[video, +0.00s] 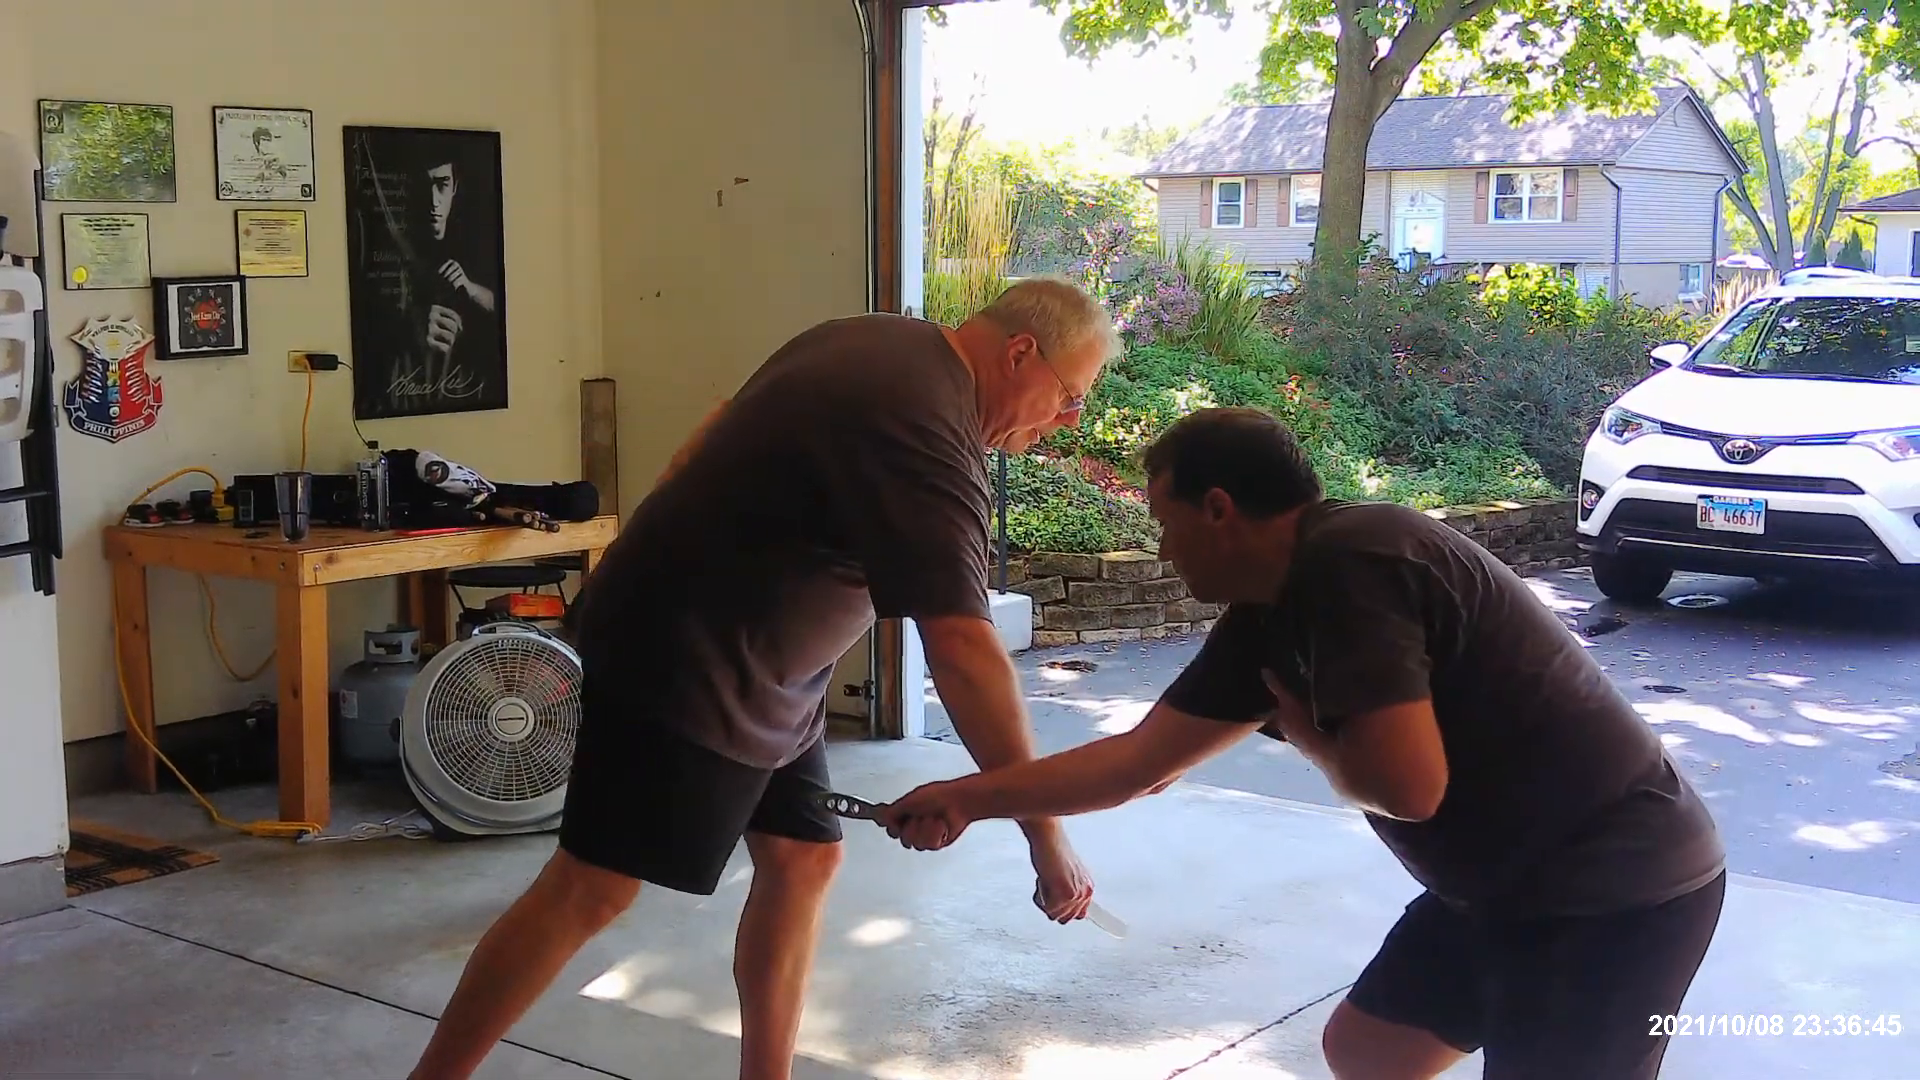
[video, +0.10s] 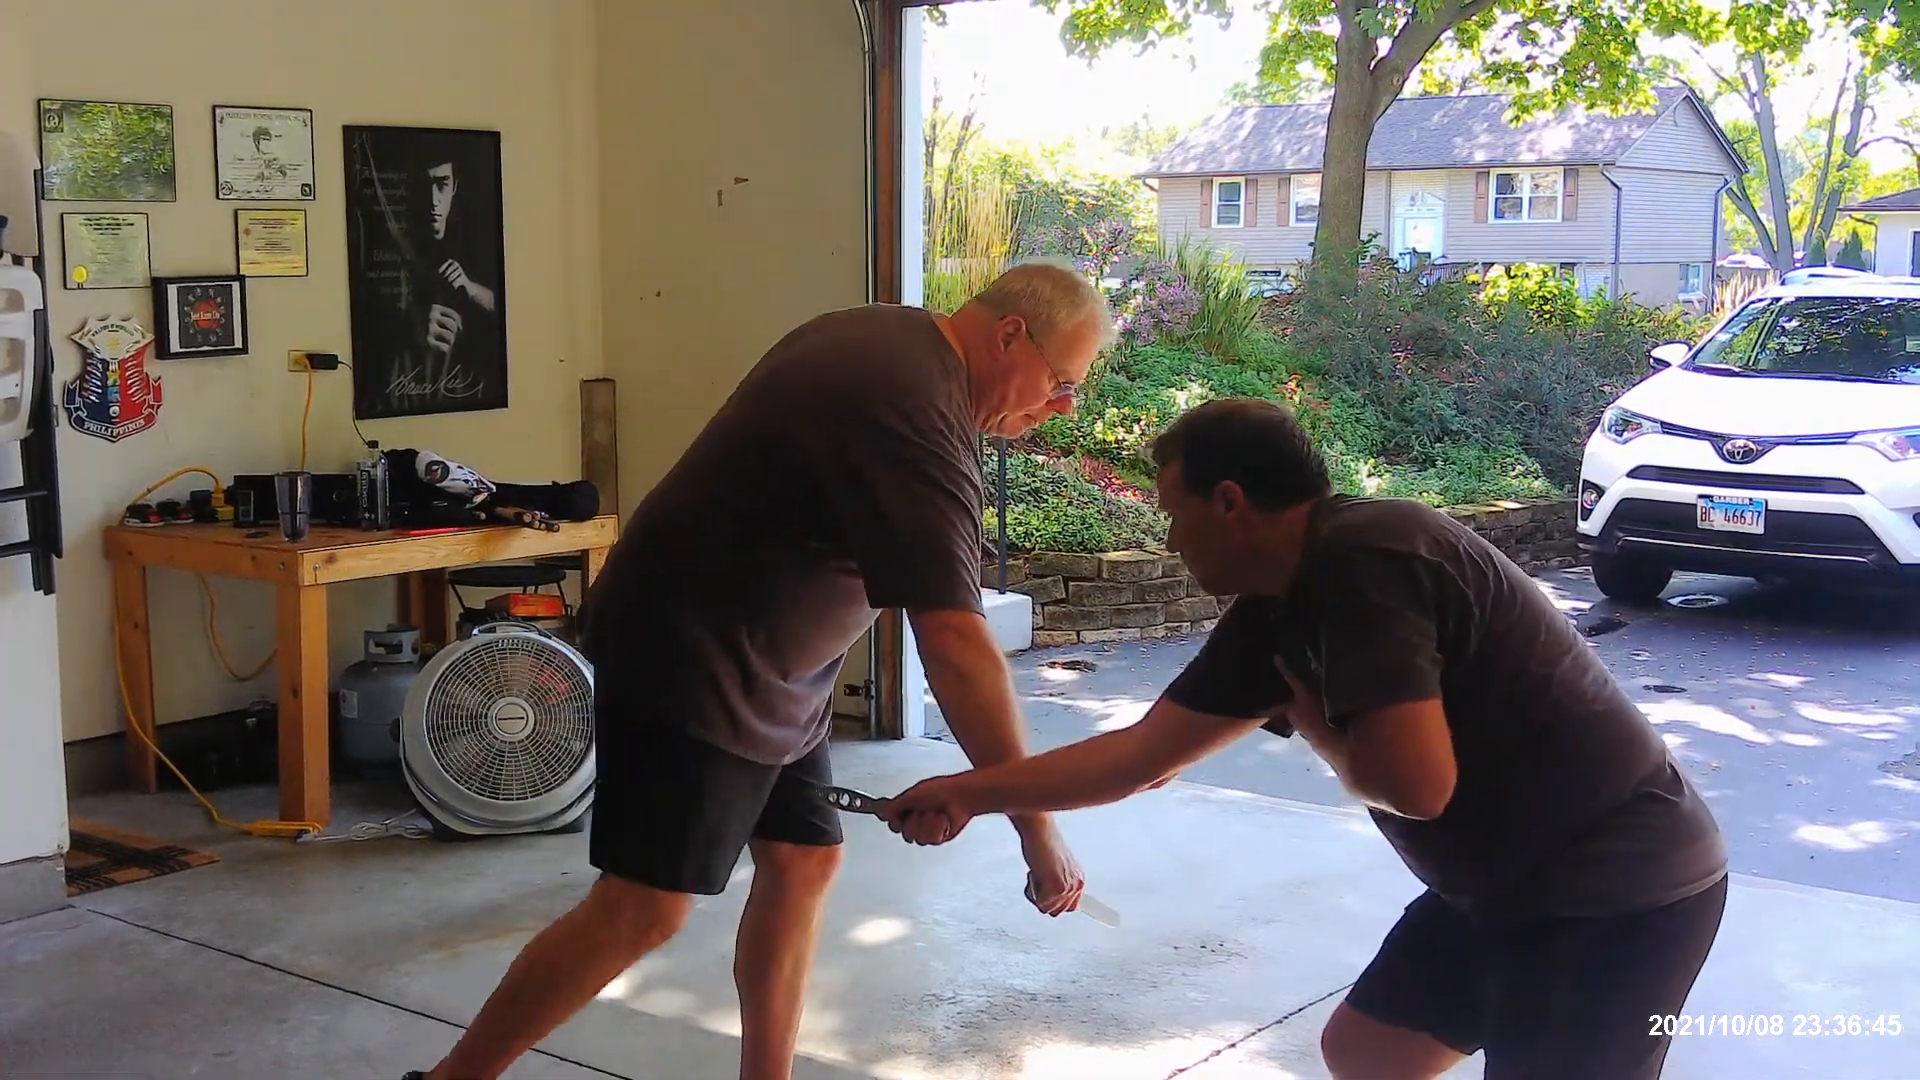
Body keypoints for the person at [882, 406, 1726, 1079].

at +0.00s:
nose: (1160, 543)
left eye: (1165, 520)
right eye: (1157, 523)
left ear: (1220, 512)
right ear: (1232, 509)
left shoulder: (1356, 566)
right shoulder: (1269, 613)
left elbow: (1409, 789)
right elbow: (1140, 759)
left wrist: (1321, 741)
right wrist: (966, 798)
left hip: (1622, 882)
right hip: (1498, 881)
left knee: (1545, 1077)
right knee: (1367, 1047)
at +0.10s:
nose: (1169, 537)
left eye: (1174, 513)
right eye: (1167, 516)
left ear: (1231, 505)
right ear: (1240, 503)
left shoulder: (1371, 559)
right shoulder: (1276, 609)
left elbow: (1419, 788)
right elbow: (1142, 753)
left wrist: (1334, 742)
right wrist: (969, 793)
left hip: (1623, 882)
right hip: (1498, 880)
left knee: (1552, 1074)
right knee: (1366, 1048)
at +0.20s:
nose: (1176, 532)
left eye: (1181, 506)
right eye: (1174, 508)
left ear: (1241, 498)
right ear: (1249, 495)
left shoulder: (1383, 552)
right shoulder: (1283, 606)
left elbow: (1430, 785)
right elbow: (1140, 746)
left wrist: (1334, 734)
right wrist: (959, 792)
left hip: (1627, 884)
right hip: (1497, 881)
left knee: (1555, 1071)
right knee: (1367, 1048)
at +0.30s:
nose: (1178, 511)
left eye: (1187, 489)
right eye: (1178, 490)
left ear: (1250, 493)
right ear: (1253, 491)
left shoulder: (1391, 553)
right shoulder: (1282, 602)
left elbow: (1439, 784)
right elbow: (1141, 738)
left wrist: (1336, 729)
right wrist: (966, 785)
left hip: (1628, 885)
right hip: (1496, 881)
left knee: (1561, 1070)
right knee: (1367, 1047)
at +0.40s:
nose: (1181, 508)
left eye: (1189, 484)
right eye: (1181, 485)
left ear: (1255, 490)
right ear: (1258, 490)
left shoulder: (1400, 550)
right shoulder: (1282, 599)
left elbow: (1451, 783)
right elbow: (1138, 735)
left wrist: (1336, 724)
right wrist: (966, 787)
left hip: (1630, 883)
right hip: (1495, 880)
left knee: (1572, 1069)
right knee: (1366, 1047)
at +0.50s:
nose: (1183, 506)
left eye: (1192, 482)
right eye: (1183, 483)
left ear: (1261, 487)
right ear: (1262, 488)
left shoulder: (1409, 552)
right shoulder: (1281, 598)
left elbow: (1463, 784)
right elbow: (1138, 732)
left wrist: (1341, 724)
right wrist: (972, 788)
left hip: (1634, 883)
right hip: (1498, 877)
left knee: (1573, 1066)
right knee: (1365, 1047)